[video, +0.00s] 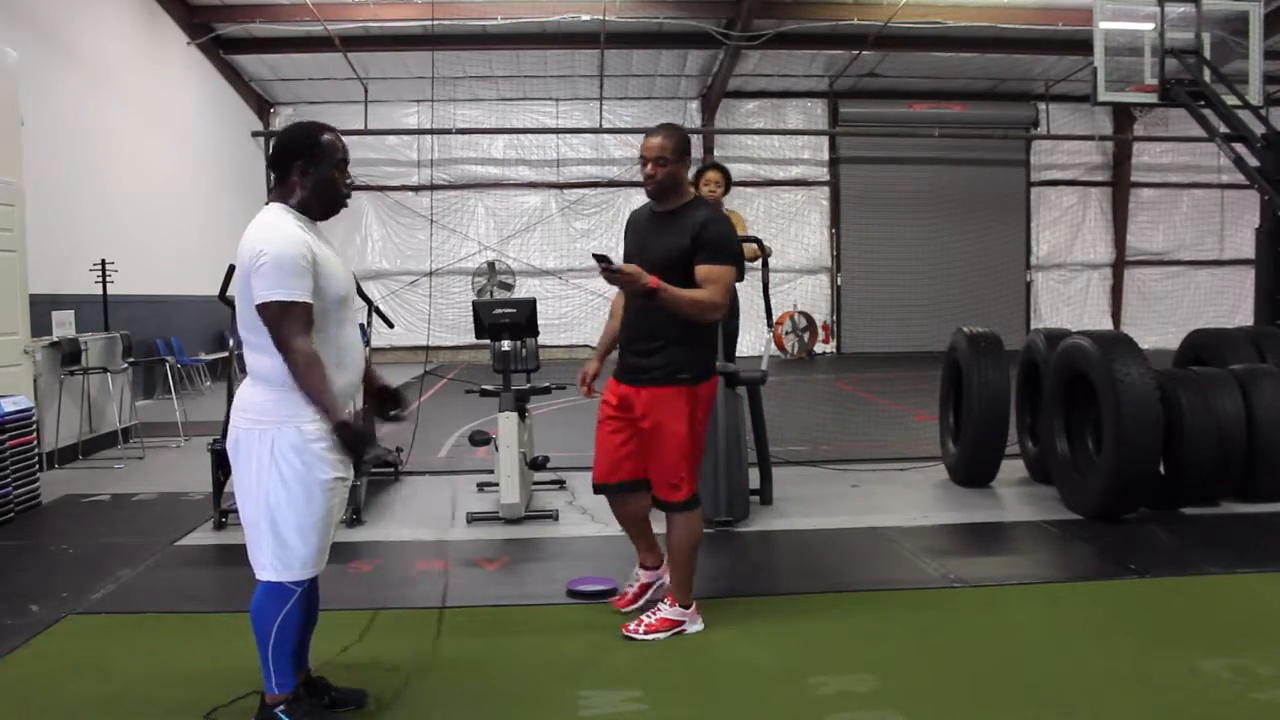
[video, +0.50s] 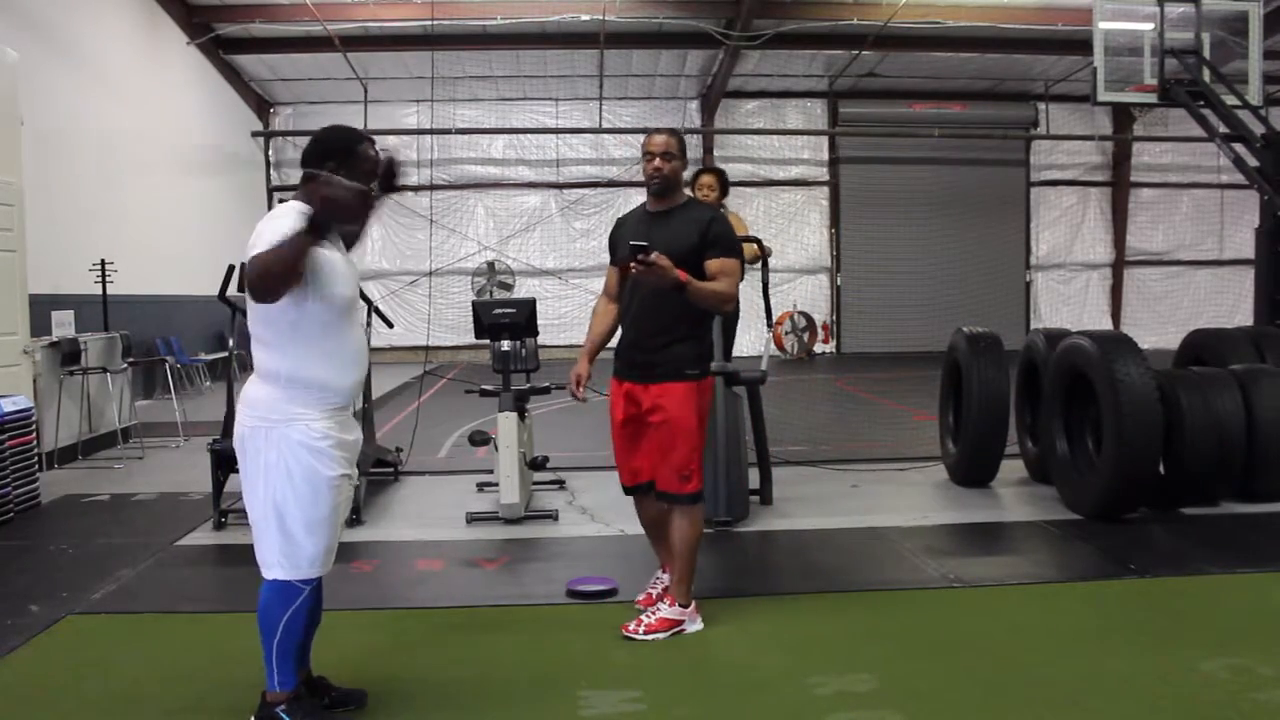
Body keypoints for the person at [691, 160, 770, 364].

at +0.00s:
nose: (712, 189)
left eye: (718, 185)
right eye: (706, 184)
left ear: (725, 190)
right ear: (696, 187)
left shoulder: (733, 218)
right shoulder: (688, 217)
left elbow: (746, 250)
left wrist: (758, 251)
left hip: (726, 287)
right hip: (694, 287)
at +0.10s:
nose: (717, 191)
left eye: (723, 187)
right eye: (712, 186)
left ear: (731, 191)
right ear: (702, 188)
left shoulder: (736, 218)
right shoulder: (692, 217)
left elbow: (751, 252)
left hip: (727, 289)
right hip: (695, 290)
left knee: (726, 351)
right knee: (701, 350)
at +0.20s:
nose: (719, 197)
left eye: (726, 193)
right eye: (713, 192)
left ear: (733, 197)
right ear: (704, 194)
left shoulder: (739, 225)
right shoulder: (693, 223)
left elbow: (751, 253)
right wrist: (756, 250)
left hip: (727, 295)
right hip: (695, 296)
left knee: (725, 355)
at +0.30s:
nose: (718, 201)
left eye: (724, 197)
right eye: (712, 195)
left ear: (733, 201)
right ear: (703, 197)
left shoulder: (739, 228)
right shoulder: (692, 225)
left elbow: (749, 257)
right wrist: (753, 250)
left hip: (726, 300)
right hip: (696, 301)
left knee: (723, 361)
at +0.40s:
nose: (713, 199)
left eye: (719, 195)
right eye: (707, 194)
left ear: (728, 199)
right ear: (699, 195)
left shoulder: (736, 226)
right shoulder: (690, 224)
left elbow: (749, 258)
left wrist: (758, 253)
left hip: (724, 300)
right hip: (694, 300)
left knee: (721, 361)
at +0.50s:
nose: (705, 194)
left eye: (711, 189)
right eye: (700, 189)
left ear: (722, 194)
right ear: (693, 191)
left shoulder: (731, 219)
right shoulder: (685, 219)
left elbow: (748, 251)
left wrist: (759, 251)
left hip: (723, 297)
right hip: (690, 297)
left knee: (720, 359)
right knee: (694, 360)